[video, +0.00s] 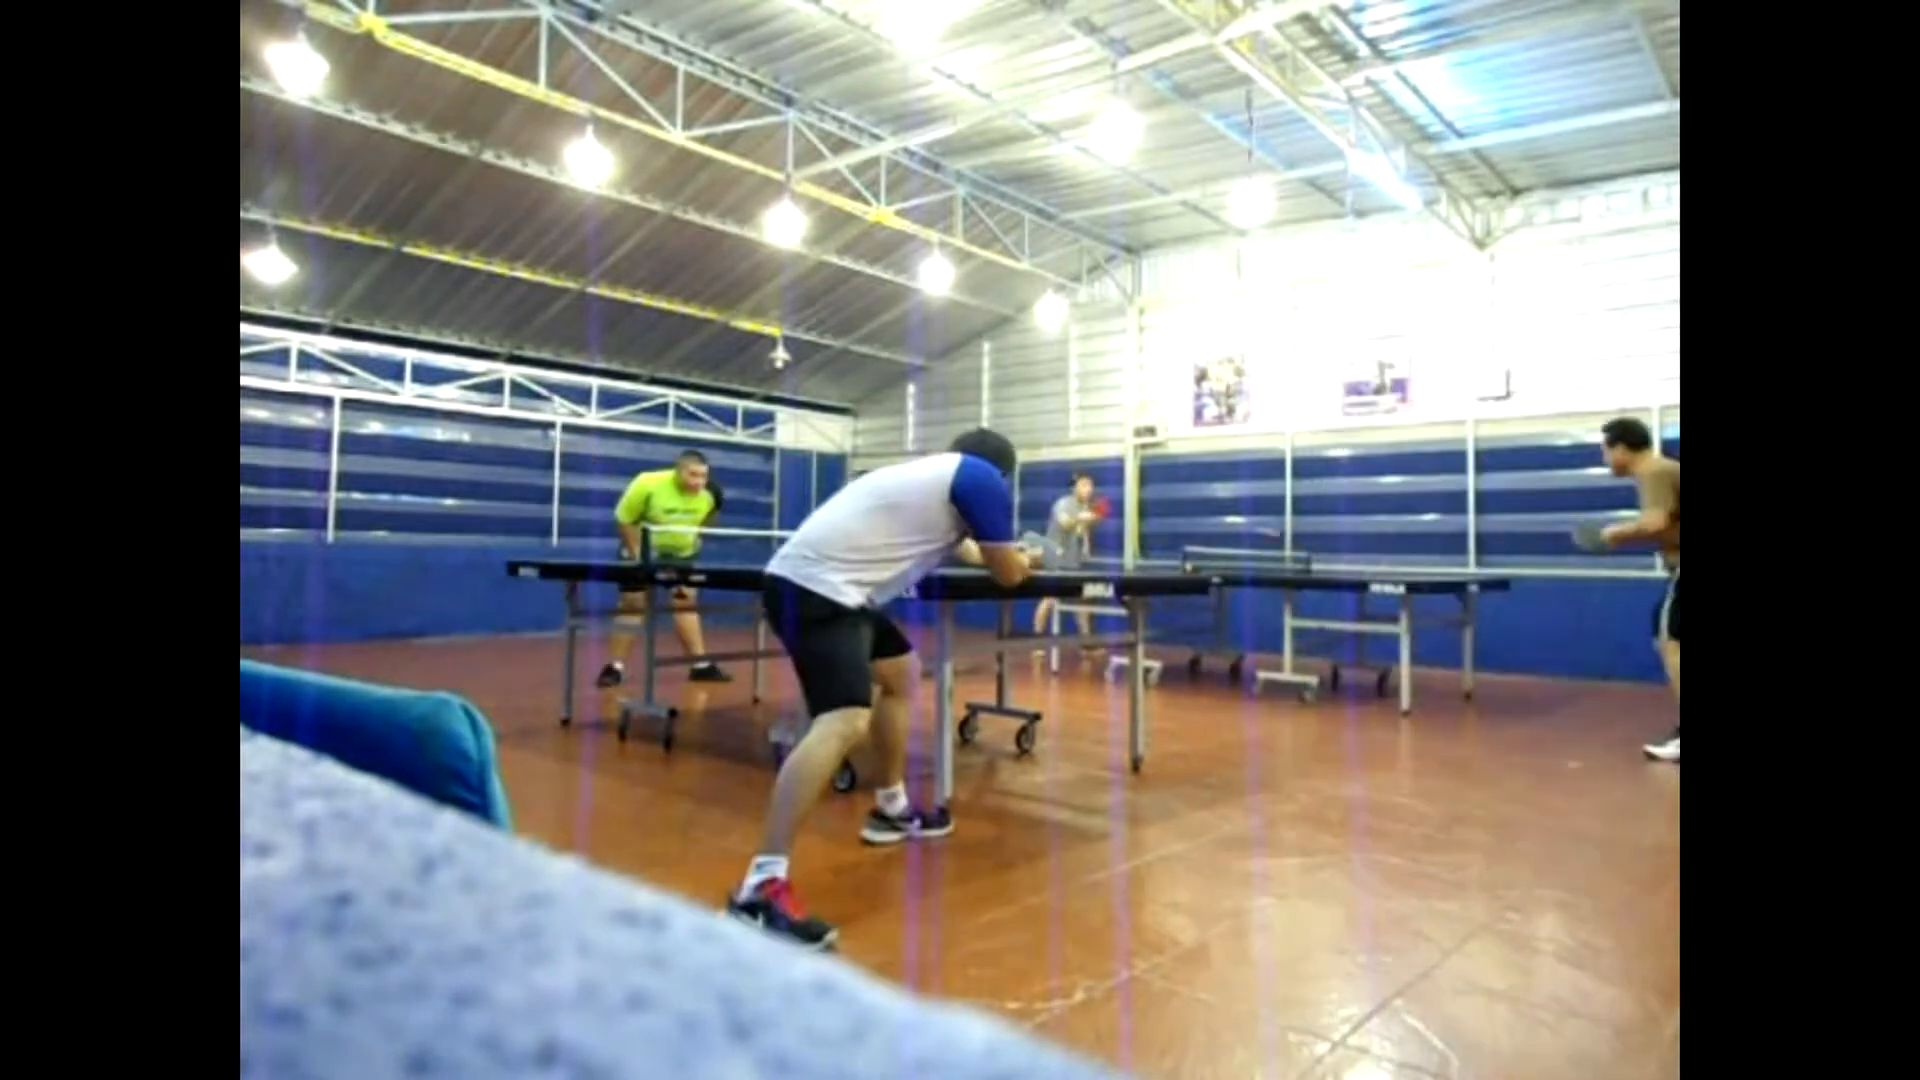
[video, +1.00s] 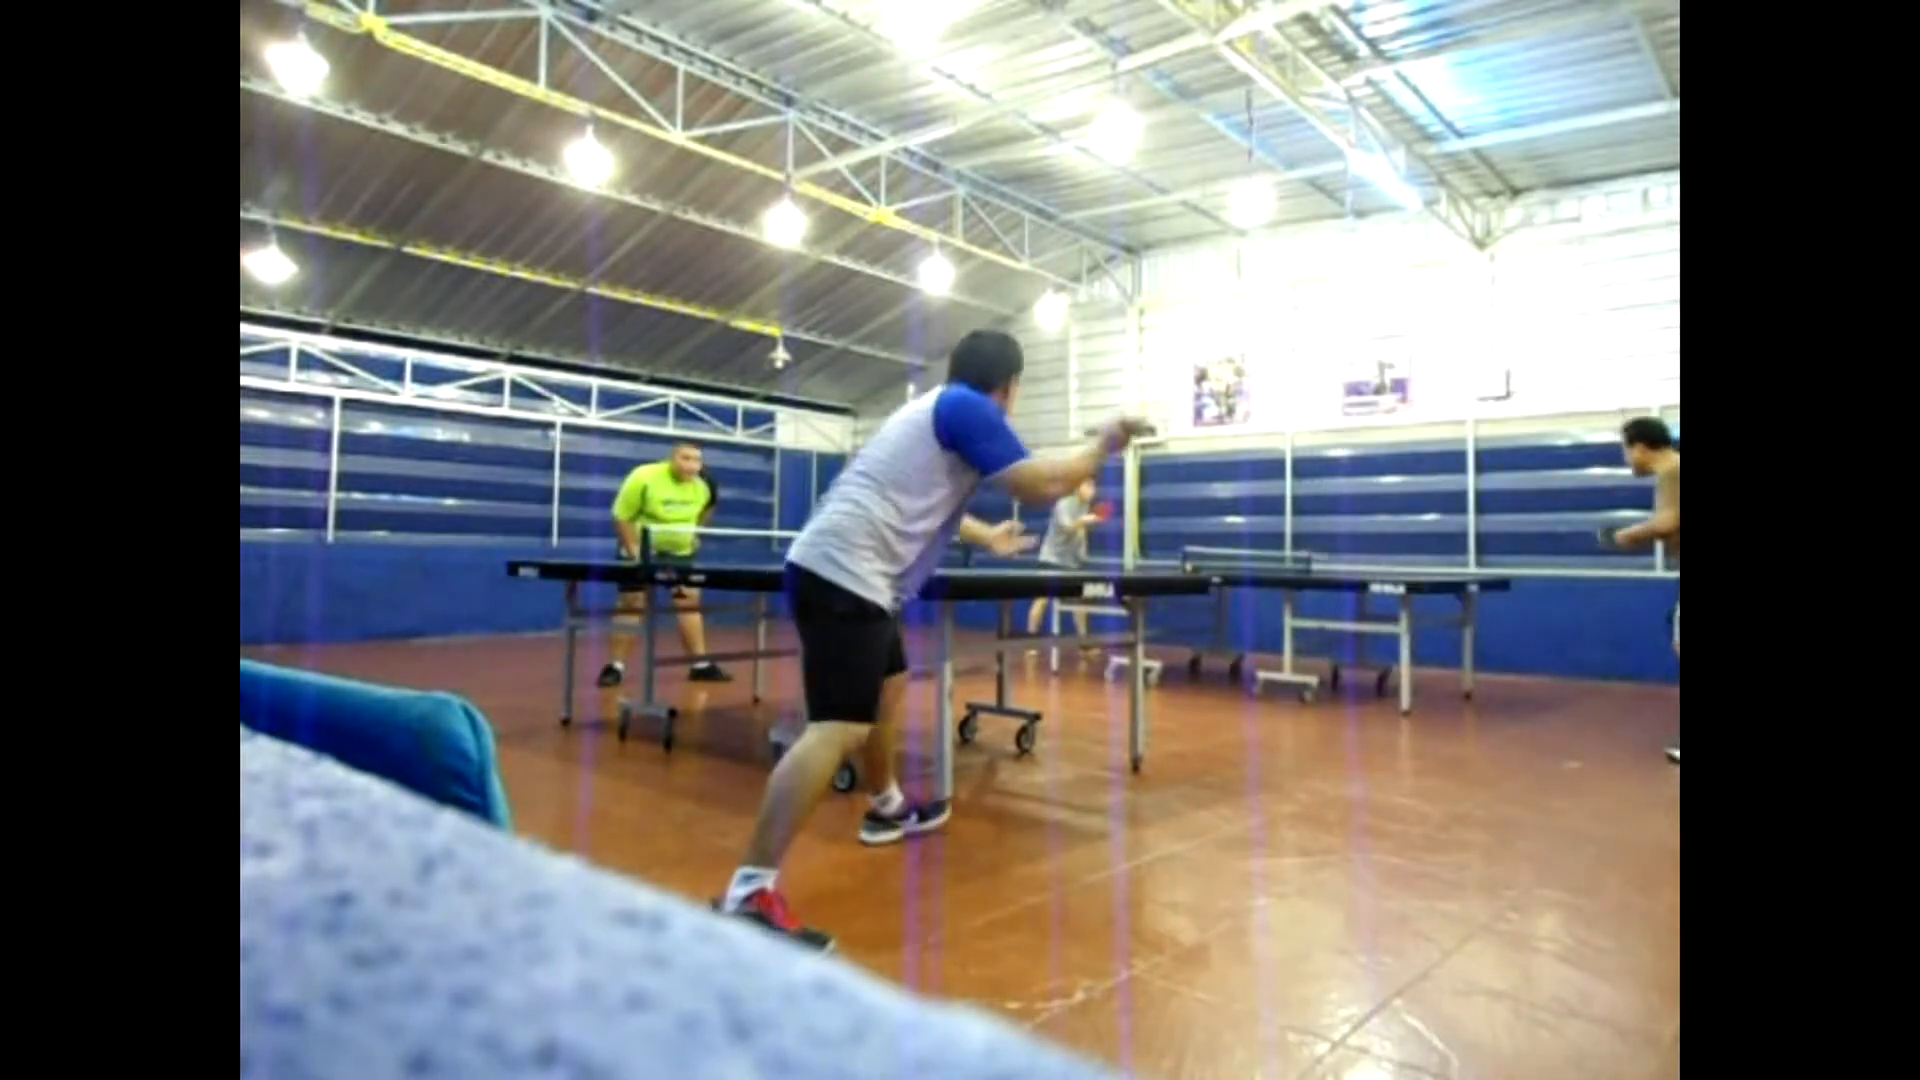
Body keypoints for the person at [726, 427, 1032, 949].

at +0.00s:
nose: (1008, 488)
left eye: (1008, 481)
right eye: (1008, 480)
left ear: (964, 454)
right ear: (1000, 471)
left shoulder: (931, 477)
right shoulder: (980, 480)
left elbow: (955, 547)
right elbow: (1009, 574)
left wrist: (1004, 556)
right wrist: (1023, 558)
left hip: (840, 587)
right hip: (813, 585)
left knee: (898, 671)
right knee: (844, 719)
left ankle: (892, 809)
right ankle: (761, 884)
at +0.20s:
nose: (1014, 488)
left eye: (1013, 481)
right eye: (1014, 480)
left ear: (968, 455)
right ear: (1005, 472)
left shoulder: (935, 477)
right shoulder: (989, 484)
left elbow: (961, 554)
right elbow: (1013, 576)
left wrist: (1012, 555)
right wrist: (1030, 558)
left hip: (855, 592)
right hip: (828, 591)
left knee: (908, 676)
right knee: (847, 727)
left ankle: (894, 808)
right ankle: (761, 883)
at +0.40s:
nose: (1017, 467)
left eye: (1018, 460)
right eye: (1017, 459)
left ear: (970, 441)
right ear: (1009, 452)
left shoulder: (937, 467)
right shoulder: (991, 472)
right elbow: (1016, 569)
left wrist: (1019, 551)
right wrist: (1035, 557)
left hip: (869, 598)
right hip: (842, 594)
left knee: (931, 677)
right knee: (836, 726)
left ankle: (899, 806)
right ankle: (764, 879)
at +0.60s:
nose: (1019, 437)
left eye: (1018, 428)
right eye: (1018, 427)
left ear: (971, 413)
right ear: (1008, 424)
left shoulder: (950, 443)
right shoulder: (978, 447)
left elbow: (1004, 525)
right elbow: (1017, 538)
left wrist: (1048, 524)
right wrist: (1058, 537)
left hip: (875, 591)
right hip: (844, 585)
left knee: (937, 678)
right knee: (836, 716)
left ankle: (903, 805)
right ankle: (770, 876)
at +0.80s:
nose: (1014, 412)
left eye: (1014, 401)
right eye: (1014, 400)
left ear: (961, 388)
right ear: (1001, 399)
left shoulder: (944, 429)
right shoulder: (962, 429)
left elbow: (988, 500)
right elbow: (1022, 515)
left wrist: (1033, 486)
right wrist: (1084, 502)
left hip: (869, 581)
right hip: (843, 575)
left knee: (927, 672)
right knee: (838, 709)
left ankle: (901, 806)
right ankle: (759, 873)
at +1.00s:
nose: (1017, 394)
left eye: (1017, 385)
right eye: (1016, 384)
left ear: (961, 371)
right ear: (1004, 383)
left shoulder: (933, 414)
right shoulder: (964, 408)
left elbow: (925, 502)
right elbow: (1036, 484)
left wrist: (984, 535)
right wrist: (1102, 448)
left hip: (861, 572)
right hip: (839, 569)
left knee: (887, 681)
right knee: (839, 724)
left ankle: (886, 804)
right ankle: (750, 887)